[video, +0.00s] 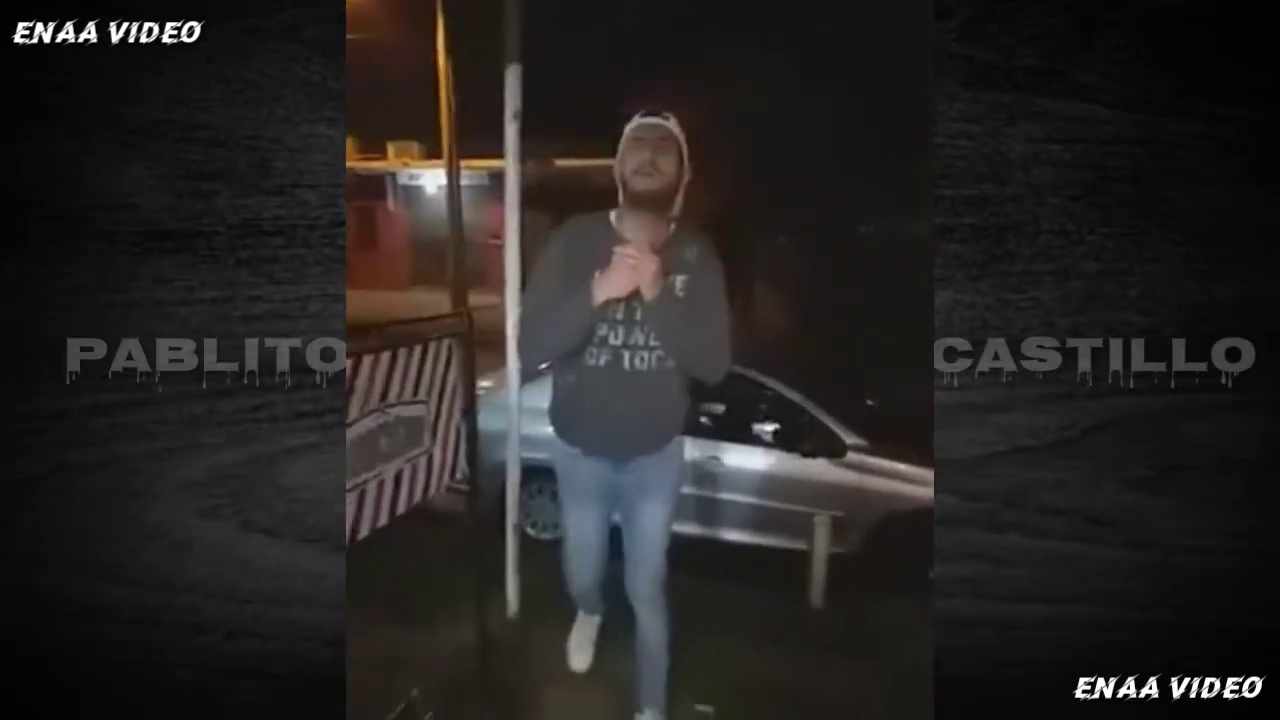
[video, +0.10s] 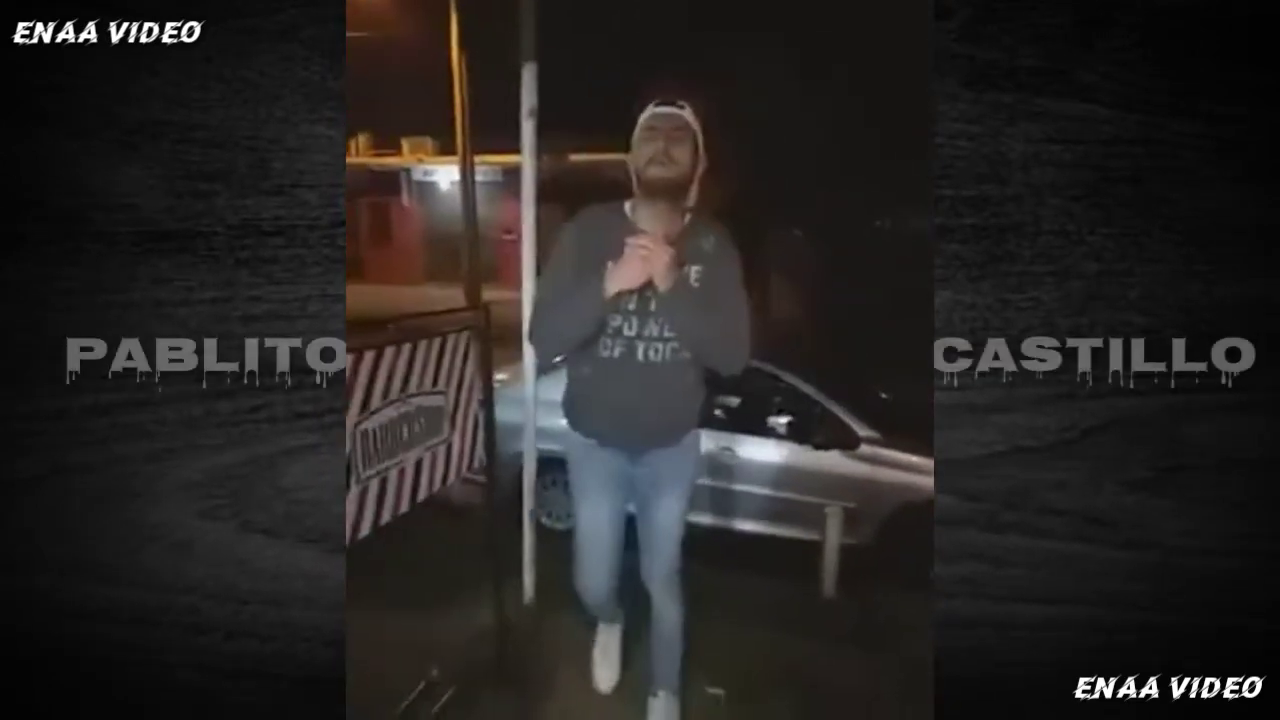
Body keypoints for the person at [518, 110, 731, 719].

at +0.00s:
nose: (648, 158)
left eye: (662, 149)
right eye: (637, 147)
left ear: (683, 169)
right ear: (616, 163)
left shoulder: (695, 254)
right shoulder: (575, 239)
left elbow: (712, 364)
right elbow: (533, 348)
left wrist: (657, 297)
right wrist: (598, 292)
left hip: (654, 446)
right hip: (580, 443)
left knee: (645, 587)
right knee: (581, 574)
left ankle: (651, 708)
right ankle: (590, 614)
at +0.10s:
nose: (663, 147)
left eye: (677, 137)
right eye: (651, 136)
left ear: (698, 159)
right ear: (630, 152)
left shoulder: (711, 245)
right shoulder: (589, 230)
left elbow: (731, 354)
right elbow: (546, 339)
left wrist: (671, 287)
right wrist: (610, 285)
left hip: (671, 441)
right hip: (594, 438)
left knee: (661, 579)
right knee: (595, 585)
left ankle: (664, 696)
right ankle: (609, 624)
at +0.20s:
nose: (643, 143)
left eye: (658, 133)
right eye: (630, 132)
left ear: (681, 153)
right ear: (611, 150)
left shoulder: (698, 242)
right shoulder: (572, 227)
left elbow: (718, 354)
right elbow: (527, 338)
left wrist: (653, 284)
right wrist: (591, 285)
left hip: (659, 443)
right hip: (579, 440)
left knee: (651, 581)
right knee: (572, 597)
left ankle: (656, 689)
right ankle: (589, 673)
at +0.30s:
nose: (615, 133)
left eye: (632, 122)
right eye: (602, 121)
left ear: (657, 143)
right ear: (584, 140)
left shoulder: (678, 231)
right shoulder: (549, 219)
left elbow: (700, 347)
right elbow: (509, 333)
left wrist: (630, 274)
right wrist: (566, 279)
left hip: (645, 441)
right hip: (562, 438)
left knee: (641, 572)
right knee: (551, 586)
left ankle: (646, 674)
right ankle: (548, 705)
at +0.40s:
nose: (586, 135)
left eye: (603, 125)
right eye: (573, 125)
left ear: (630, 146)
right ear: (556, 146)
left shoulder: (656, 233)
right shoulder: (521, 230)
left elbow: (682, 351)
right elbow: (485, 346)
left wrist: (607, 278)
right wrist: (543, 286)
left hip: (631, 446)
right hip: (547, 446)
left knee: (631, 572)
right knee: (536, 606)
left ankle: (638, 667)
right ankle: (525, 712)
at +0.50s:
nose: (562, 132)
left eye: (579, 121)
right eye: (548, 122)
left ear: (605, 143)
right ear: (529, 142)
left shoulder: (636, 231)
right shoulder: (501, 227)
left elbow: (667, 353)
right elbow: (463, 352)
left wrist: (586, 279)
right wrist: (522, 283)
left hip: (617, 453)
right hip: (527, 452)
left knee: (618, 572)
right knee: (525, 608)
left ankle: (630, 653)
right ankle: (518, 712)